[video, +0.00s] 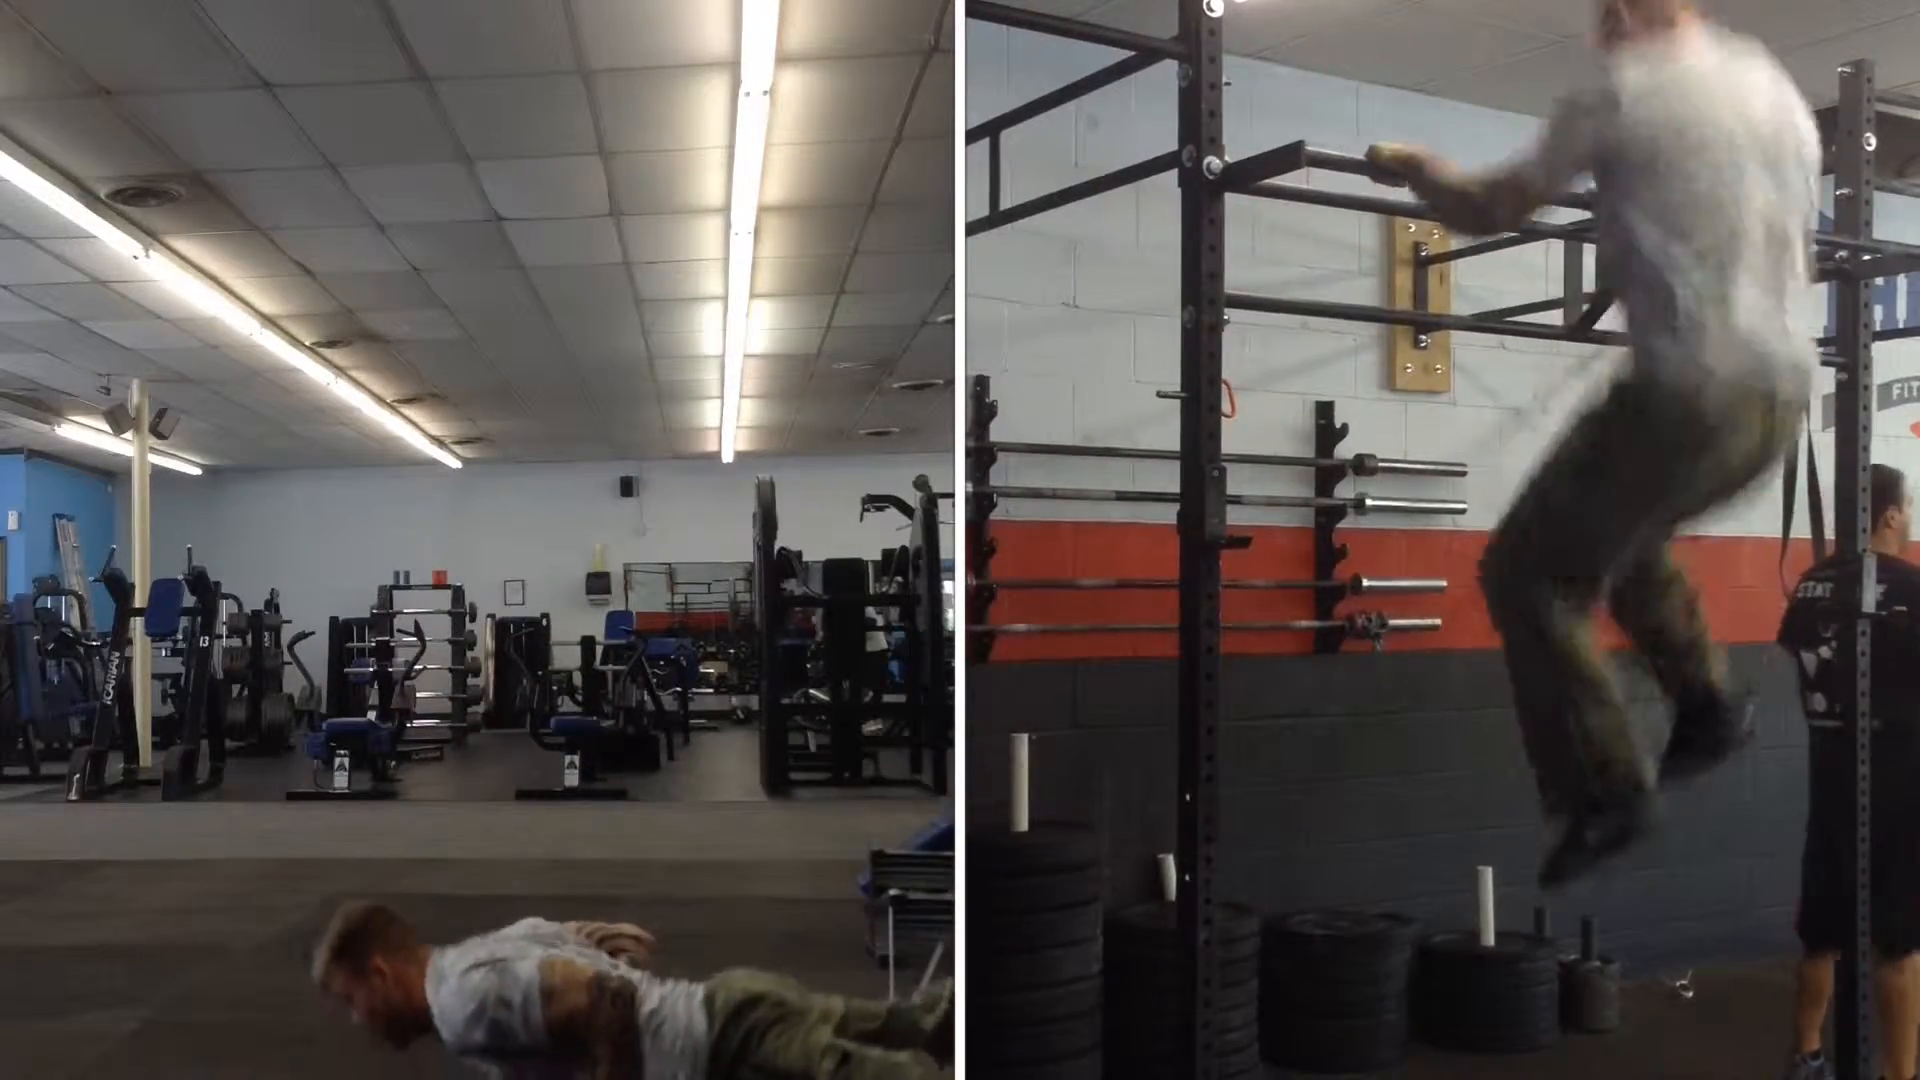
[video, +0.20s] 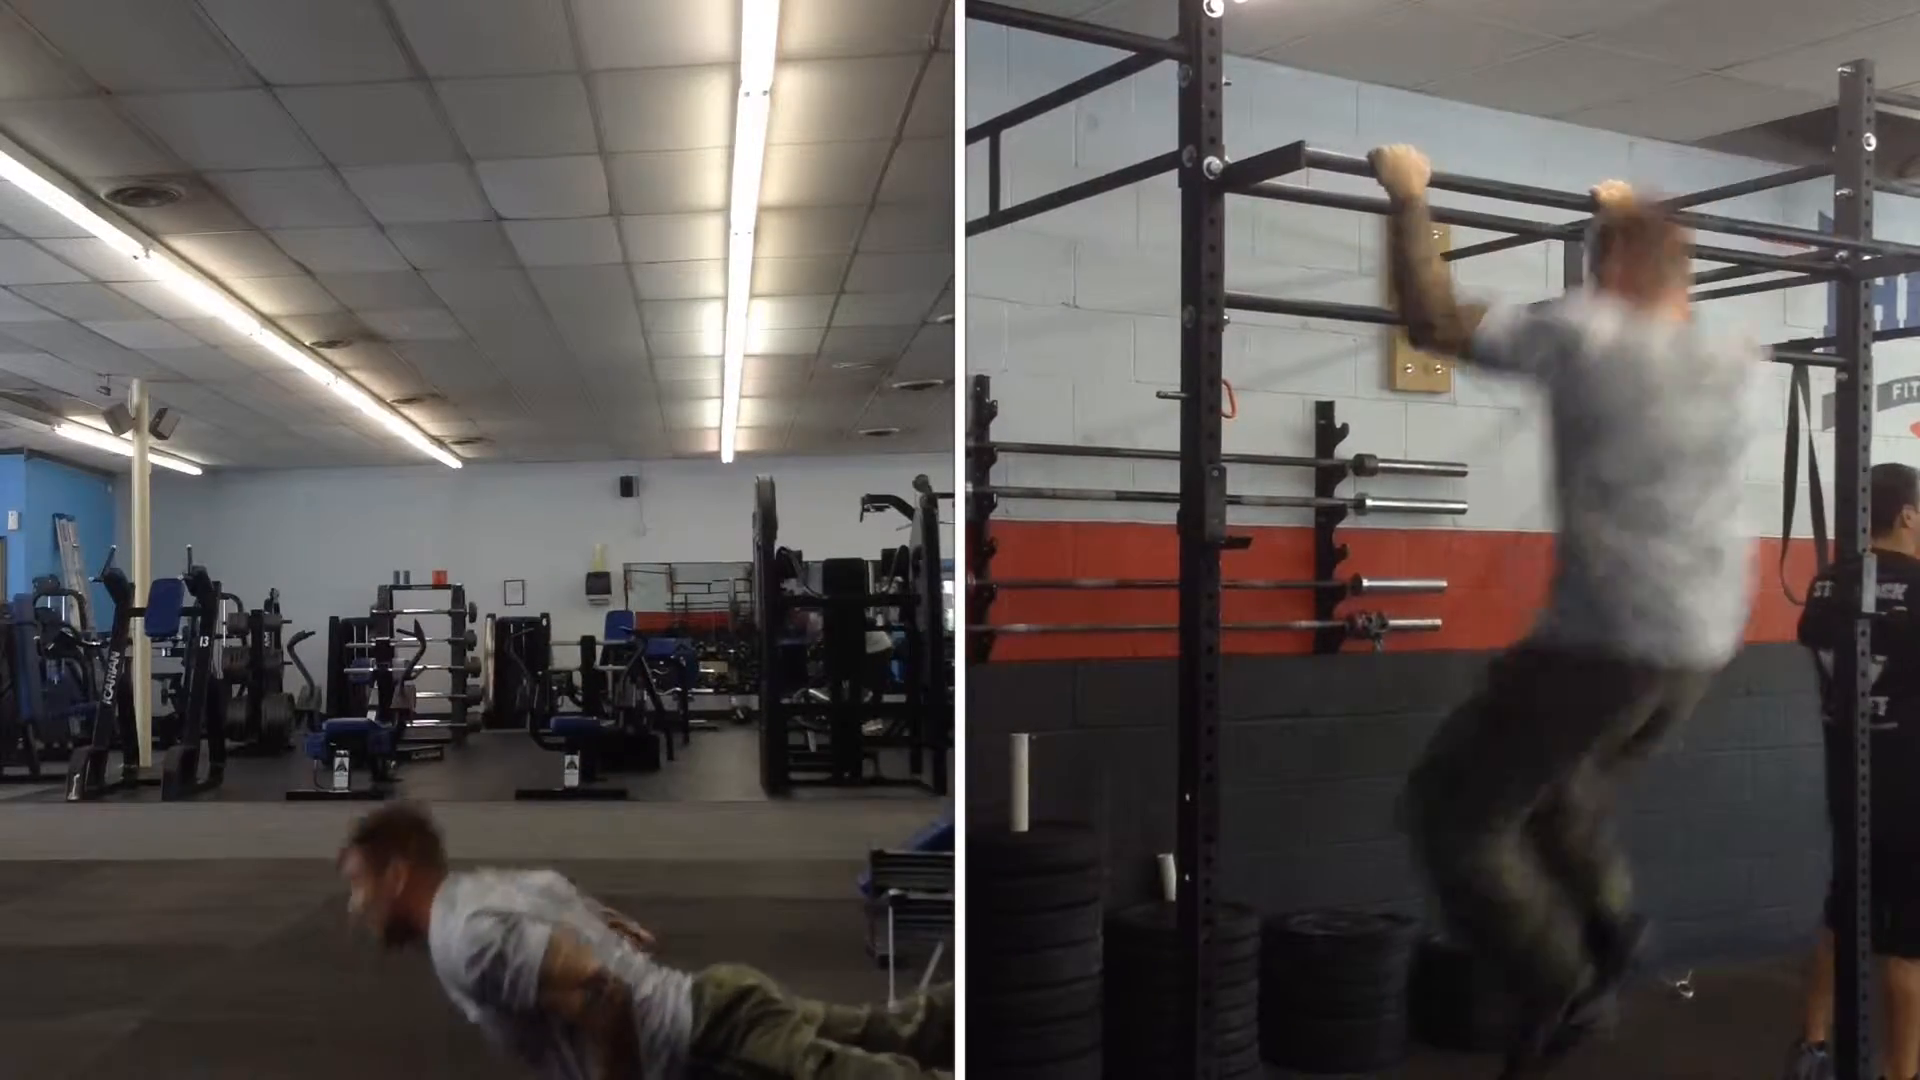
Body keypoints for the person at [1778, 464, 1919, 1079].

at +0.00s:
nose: (1910, 523)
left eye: (1907, 513)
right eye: (1908, 513)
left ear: (1852, 516)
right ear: (1892, 516)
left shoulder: (1813, 587)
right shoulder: (1906, 589)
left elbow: (1802, 676)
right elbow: (1911, 681)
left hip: (1832, 766)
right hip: (1900, 767)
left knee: (1822, 925)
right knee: (1900, 936)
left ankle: (1806, 1056)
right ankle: (1901, 1068)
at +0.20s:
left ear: (1866, 516)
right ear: (1907, 516)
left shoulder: (1830, 585)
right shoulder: (1912, 586)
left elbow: (1820, 668)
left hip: (1848, 771)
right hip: (1907, 774)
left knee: (1842, 907)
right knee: (1907, 932)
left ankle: (1814, 1042)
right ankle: (1903, 1067)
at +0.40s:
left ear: (1870, 517)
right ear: (1911, 518)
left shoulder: (1836, 582)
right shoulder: (1909, 583)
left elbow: (1822, 655)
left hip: (1853, 772)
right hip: (1904, 775)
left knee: (1855, 923)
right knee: (1904, 937)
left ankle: (1848, 1050)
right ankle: (1902, 1065)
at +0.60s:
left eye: (1919, 513)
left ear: (1871, 517)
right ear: (1908, 518)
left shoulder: (1835, 581)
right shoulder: (1908, 581)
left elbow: (1822, 658)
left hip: (1849, 770)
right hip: (1903, 773)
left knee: (1847, 918)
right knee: (1903, 933)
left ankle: (1830, 1048)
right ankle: (1904, 1066)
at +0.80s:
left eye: (1919, 509)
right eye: (1919, 510)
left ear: (1878, 518)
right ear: (1898, 517)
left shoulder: (1825, 581)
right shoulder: (1908, 584)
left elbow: (1817, 662)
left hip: (1841, 772)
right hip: (1903, 776)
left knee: (1835, 915)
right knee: (1903, 932)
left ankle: (1813, 1049)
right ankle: (1902, 1067)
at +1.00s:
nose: (1907, 517)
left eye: (1903, 505)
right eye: (1901, 507)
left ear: (1841, 517)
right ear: (1876, 517)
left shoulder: (1805, 588)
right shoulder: (1905, 588)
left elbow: (1803, 671)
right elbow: (1911, 686)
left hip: (1824, 777)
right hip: (1897, 781)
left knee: (1819, 926)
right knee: (1898, 938)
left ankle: (1812, 1057)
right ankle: (1901, 1068)